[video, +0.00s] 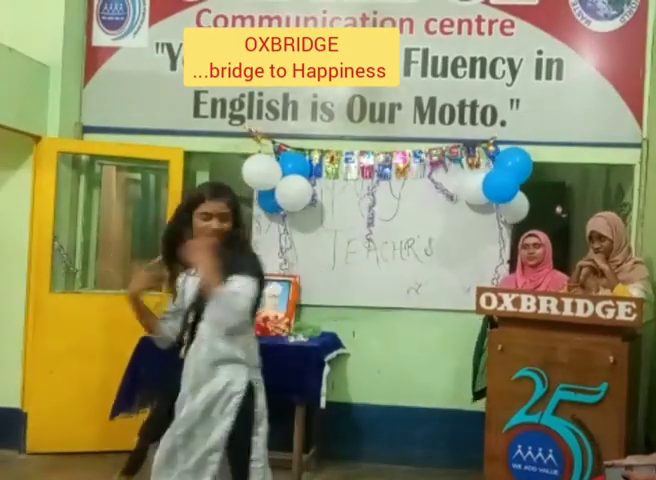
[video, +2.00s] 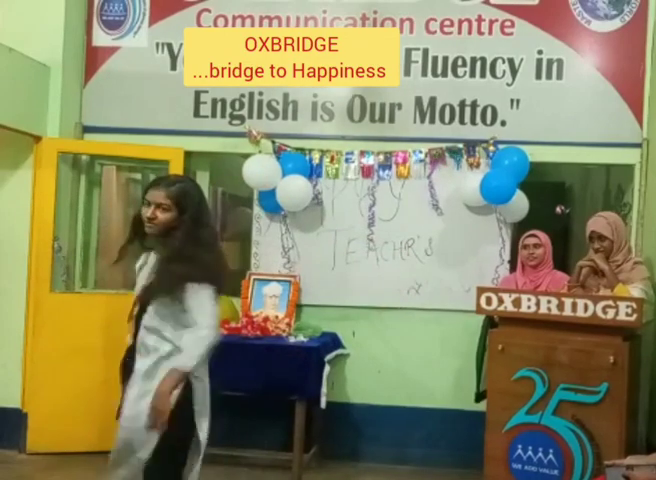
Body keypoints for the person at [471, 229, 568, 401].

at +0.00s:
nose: (531, 251)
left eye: (536, 246)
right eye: (525, 247)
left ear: (546, 250)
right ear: (519, 252)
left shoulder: (561, 281)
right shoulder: (507, 282)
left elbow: (565, 318)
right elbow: (496, 319)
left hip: (548, 349)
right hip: (512, 348)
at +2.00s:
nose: (531, 252)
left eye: (537, 247)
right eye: (526, 247)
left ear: (547, 251)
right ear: (520, 252)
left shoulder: (562, 281)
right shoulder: (508, 281)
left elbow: (565, 316)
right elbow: (498, 317)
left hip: (550, 347)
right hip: (514, 346)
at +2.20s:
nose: (532, 252)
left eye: (538, 246)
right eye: (527, 247)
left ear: (548, 250)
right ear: (521, 252)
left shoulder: (563, 281)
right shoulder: (509, 281)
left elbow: (567, 318)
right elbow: (499, 318)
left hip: (551, 349)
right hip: (515, 347)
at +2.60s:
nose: (535, 250)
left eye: (541, 245)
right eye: (530, 245)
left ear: (551, 249)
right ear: (524, 250)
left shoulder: (566, 279)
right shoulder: (511, 280)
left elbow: (569, 315)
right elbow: (501, 315)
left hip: (553, 346)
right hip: (517, 345)